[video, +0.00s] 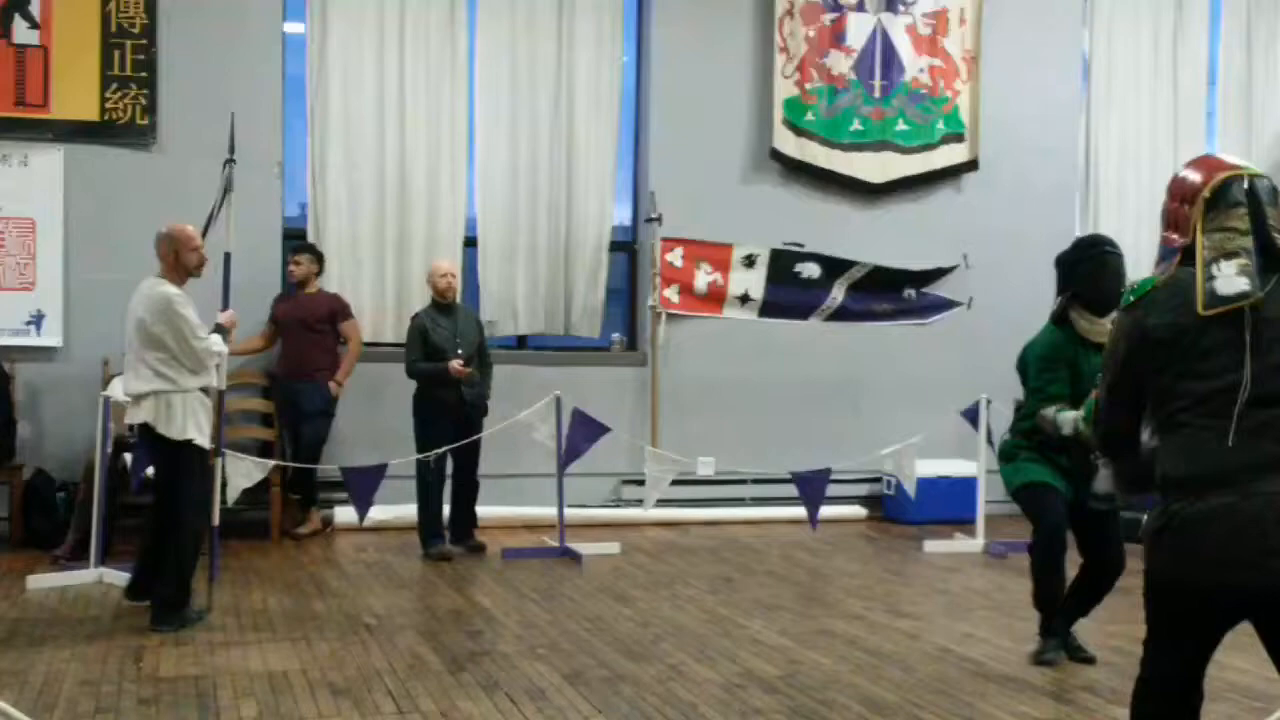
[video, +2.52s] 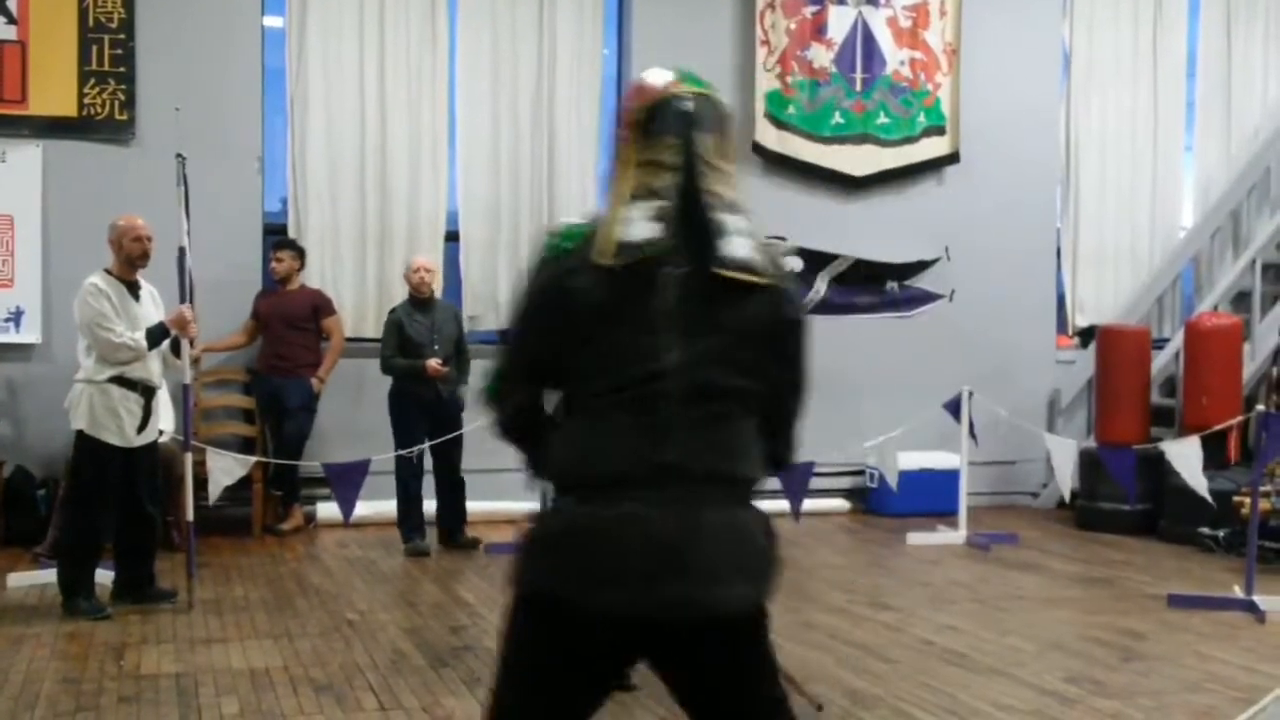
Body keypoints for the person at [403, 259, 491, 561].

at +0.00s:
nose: (449, 281)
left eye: (453, 276)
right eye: (443, 276)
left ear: (458, 281)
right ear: (430, 282)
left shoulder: (471, 318)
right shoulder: (421, 321)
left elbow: (484, 360)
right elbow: (412, 367)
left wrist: (482, 394)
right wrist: (445, 368)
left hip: (468, 405)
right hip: (432, 405)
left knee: (466, 473)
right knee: (432, 472)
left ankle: (463, 533)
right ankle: (433, 540)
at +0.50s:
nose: (467, 283)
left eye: (471, 278)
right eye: (461, 279)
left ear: (476, 283)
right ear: (449, 284)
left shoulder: (487, 320)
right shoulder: (438, 322)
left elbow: (499, 362)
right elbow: (428, 367)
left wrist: (495, 396)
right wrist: (462, 370)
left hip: (481, 406)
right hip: (446, 407)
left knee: (473, 474)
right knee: (441, 472)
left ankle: (464, 534)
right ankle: (436, 538)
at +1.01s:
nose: (469, 284)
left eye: (473, 279)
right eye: (463, 279)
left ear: (478, 284)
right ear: (452, 286)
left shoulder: (490, 320)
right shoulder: (441, 322)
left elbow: (502, 361)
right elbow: (431, 367)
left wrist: (497, 396)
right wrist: (464, 370)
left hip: (483, 407)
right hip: (449, 407)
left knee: (472, 473)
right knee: (442, 470)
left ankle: (461, 534)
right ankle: (432, 537)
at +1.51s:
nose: (465, 281)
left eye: (469, 276)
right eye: (459, 277)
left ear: (475, 282)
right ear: (449, 284)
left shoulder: (488, 319)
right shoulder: (439, 321)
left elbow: (500, 361)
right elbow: (428, 366)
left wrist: (495, 394)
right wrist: (460, 368)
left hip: (482, 405)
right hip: (447, 405)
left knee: (471, 471)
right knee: (441, 468)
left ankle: (459, 532)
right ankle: (429, 538)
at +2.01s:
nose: (438, 277)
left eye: (443, 272)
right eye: (432, 272)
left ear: (449, 277)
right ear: (422, 279)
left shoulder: (464, 315)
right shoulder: (413, 317)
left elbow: (476, 357)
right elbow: (402, 363)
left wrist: (472, 391)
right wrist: (434, 365)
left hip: (457, 401)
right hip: (422, 401)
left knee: (451, 469)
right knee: (418, 468)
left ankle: (444, 530)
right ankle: (415, 535)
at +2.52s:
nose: (422, 276)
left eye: (428, 271)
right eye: (416, 271)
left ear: (435, 277)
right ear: (407, 278)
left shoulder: (450, 313)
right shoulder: (397, 317)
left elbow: (462, 355)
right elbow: (388, 363)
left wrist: (458, 385)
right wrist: (422, 366)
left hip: (445, 399)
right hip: (408, 400)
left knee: (449, 469)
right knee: (410, 469)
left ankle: (452, 531)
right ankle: (413, 536)